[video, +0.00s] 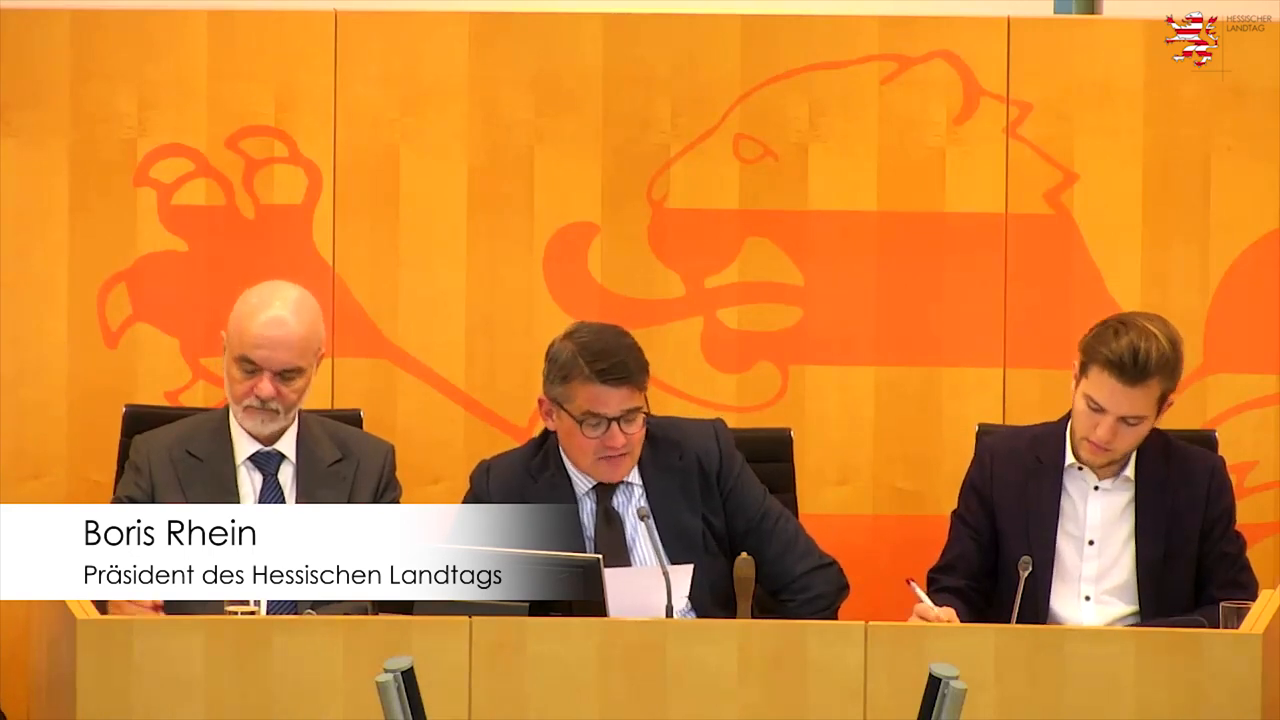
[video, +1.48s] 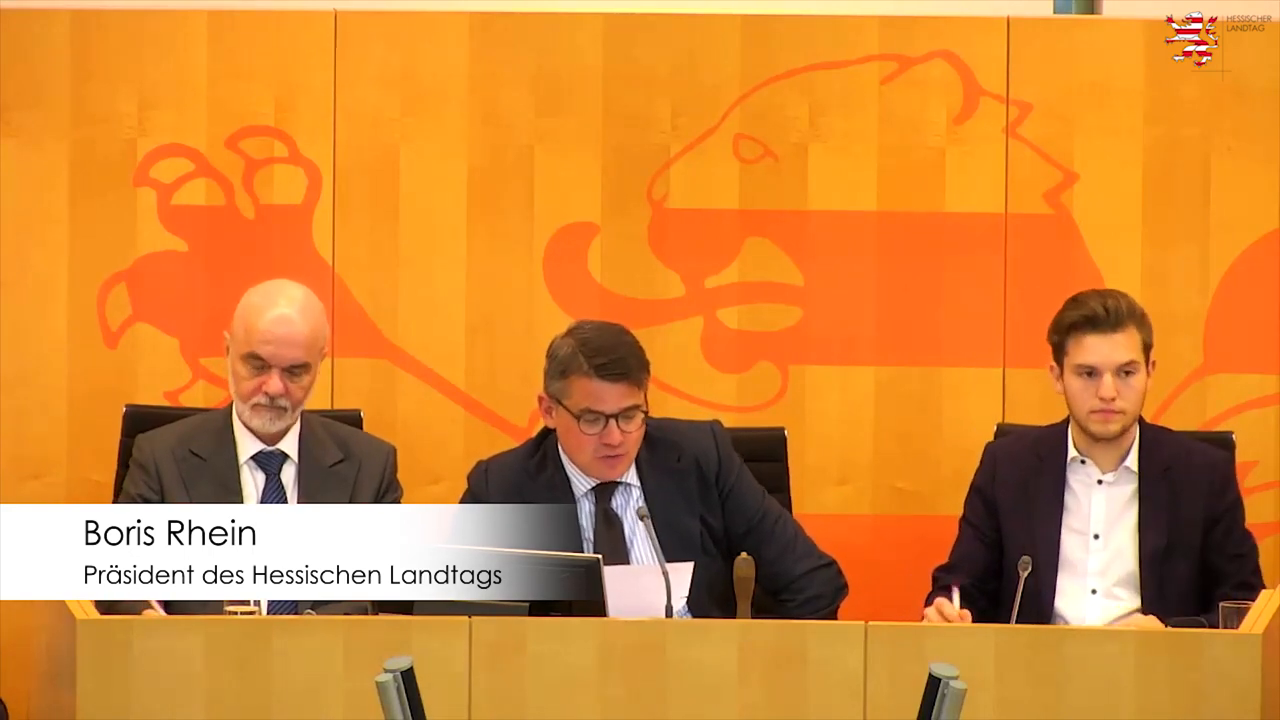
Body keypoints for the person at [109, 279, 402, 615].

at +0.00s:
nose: (265, 391)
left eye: (288, 375)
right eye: (248, 368)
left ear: (317, 363)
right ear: (224, 351)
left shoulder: (370, 463)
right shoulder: (155, 457)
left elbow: (393, 594)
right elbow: (114, 566)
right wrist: (123, 601)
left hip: (326, 667)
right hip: (190, 666)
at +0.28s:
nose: (267, 391)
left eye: (290, 375)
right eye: (250, 367)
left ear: (318, 365)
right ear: (225, 351)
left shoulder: (370, 463)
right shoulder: (156, 457)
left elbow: (385, 588)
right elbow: (113, 573)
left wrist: (312, 629)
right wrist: (141, 611)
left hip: (325, 666)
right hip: (195, 660)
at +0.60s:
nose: (269, 390)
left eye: (292, 375)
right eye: (253, 367)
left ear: (320, 364)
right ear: (226, 351)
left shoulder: (371, 463)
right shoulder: (158, 457)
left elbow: (384, 587)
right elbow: (116, 575)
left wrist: (311, 634)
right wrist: (147, 620)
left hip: (325, 667)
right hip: (195, 662)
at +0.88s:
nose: (270, 388)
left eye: (293, 371)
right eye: (254, 363)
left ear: (320, 363)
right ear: (228, 349)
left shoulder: (371, 463)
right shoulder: (159, 456)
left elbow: (383, 587)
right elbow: (118, 575)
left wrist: (312, 633)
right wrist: (147, 619)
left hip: (326, 665)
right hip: (196, 659)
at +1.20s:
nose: (271, 388)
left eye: (294, 371)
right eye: (254, 364)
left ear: (321, 363)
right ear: (229, 349)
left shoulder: (371, 464)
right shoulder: (159, 456)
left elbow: (385, 589)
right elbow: (118, 573)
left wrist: (312, 634)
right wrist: (145, 616)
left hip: (326, 666)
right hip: (195, 661)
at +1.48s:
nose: (274, 388)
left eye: (296, 371)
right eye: (257, 365)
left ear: (320, 362)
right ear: (227, 351)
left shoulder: (371, 463)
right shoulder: (159, 456)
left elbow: (384, 588)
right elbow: (118, 576)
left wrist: (312, 633)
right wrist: (147, 618)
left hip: (326, 664)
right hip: (196, 659)